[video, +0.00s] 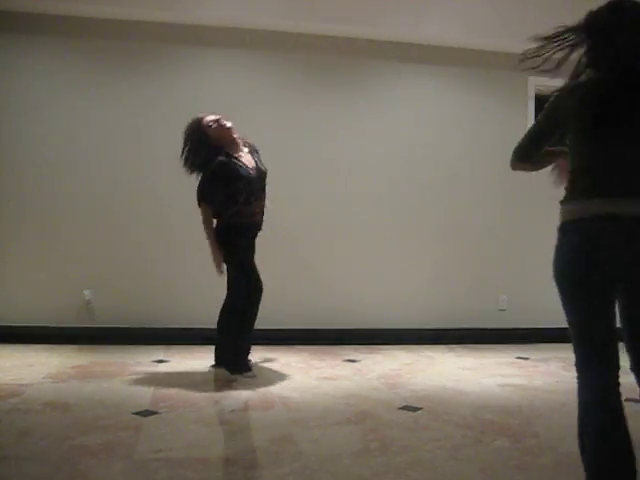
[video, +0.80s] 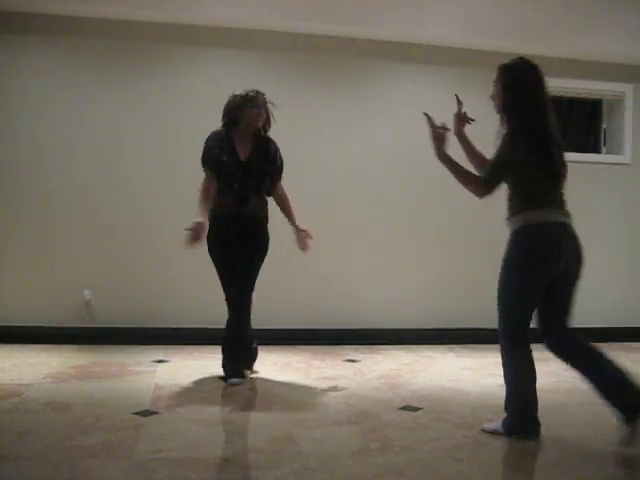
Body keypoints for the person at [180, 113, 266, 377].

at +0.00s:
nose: (221, 120)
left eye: (218, 117)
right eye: (213, 123)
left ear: (228, 124)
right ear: (210, 140)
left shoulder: (249, 150)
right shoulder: (217, 166)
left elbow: (254, 189)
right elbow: (205, 208)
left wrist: (257, 219)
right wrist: (215, 248)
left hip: (248, 232)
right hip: (231, 235)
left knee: (238, 292)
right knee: (252, 289)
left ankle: (227, 355)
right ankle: (234, 357)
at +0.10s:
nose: (239, 117)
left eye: (238, 113)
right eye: (230, 117)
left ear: (247, 119)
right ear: (224, 133)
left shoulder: (258, 152)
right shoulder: (222, 162)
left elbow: (259, 187)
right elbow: (207, 203)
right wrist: (198, 239)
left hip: (244, 236)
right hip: (224, 237)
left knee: (231, 294)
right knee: (244, 292)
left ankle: (225, 357)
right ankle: (237, 359)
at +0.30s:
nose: (257, 117)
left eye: (258, 112)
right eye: (249, 115)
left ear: (264, 120)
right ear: (238, 125)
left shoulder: (266, 152)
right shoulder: (228, 153)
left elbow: (289, 185)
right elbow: (194, 177)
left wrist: (294, 200)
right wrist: (194, 205)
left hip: (245, 231)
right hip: (217, 232)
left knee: (267, 288)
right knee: (231, 298)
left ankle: (233, 320)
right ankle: (234, 363)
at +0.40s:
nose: (260, 117)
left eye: (262, 113)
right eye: (252, 114)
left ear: (266, 121)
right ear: (240, 124)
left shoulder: (268, 156)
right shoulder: (225, 150)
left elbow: (271, 199)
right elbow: (207, 188)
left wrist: (254, 226)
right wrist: (236, 222)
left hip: (245, 226)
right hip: (218, 227)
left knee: (284, 270)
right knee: (229, 292)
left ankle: (245, 283)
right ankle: (225, 361)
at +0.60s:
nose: (260, 118)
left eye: (263, 114)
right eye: (253, 114)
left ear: (267, 123)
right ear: (241, 123)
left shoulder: (266, 154)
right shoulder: (227, 145)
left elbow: (252, 190)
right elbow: (241, 177)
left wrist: (248, 218)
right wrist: (270, 198)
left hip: (245, 222)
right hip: (219, 224)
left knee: (277, 250)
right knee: (225, 292)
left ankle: (261, 314)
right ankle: (226, 359)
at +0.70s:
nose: (262, 109)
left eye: (265, 105)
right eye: (256, 104)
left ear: (269, 111)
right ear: (242, 109)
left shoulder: (269, 141)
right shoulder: (226, 134)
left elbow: (267, 182)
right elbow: (230, 175)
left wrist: (273, 222)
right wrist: (242, 211)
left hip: (252, 217)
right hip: (220, 218)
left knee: (254, 286)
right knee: (228, 287)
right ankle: (230, 361)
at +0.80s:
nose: (259, 114)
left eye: (262, 110)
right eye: (253, 109)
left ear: (265, 115)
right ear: (238, 113)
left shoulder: (267, 147)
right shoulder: (218, 142)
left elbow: (277, 189)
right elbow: (209, 182)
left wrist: (295, 225)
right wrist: (203, 217)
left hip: (255, 228)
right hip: (221, 227)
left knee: (240, 295)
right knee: (234, 295)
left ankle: (233, 368)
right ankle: (247, 351)